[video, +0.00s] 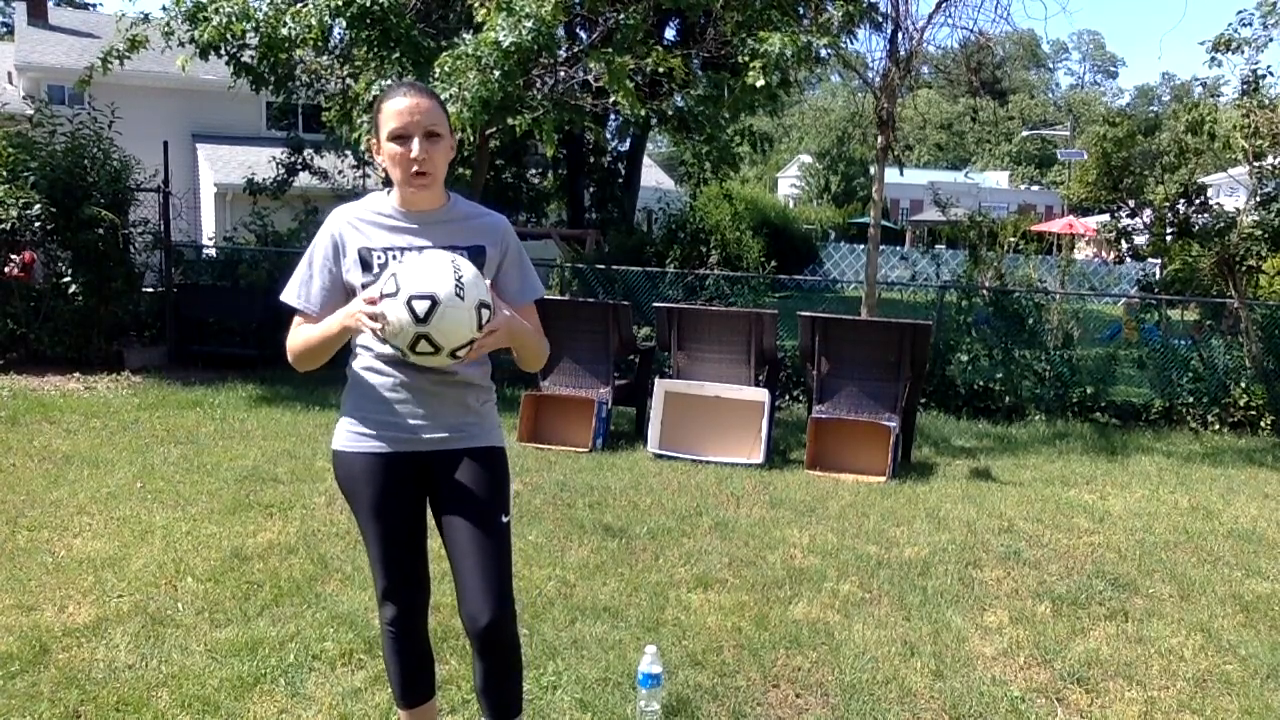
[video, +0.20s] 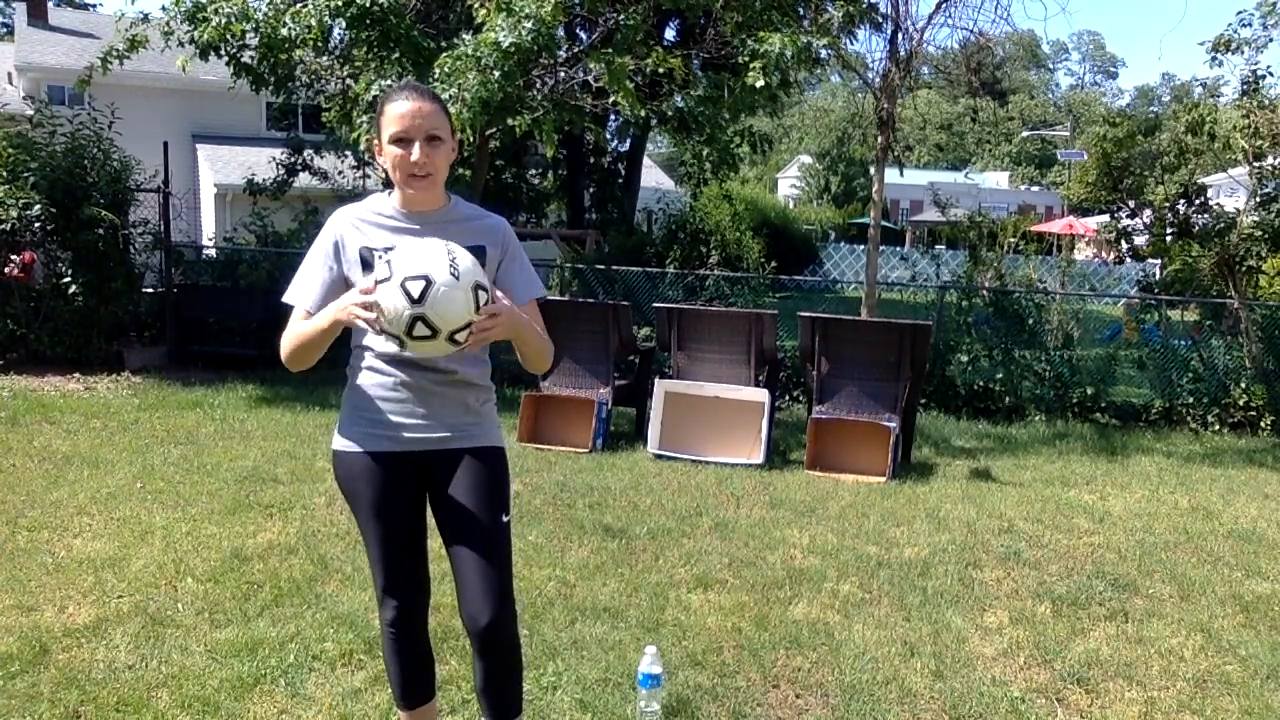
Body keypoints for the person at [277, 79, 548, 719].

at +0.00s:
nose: (417, 150)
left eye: (431, 136)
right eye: (401, 137)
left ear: (452, 146)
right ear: (377, 151)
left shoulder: (490, 230)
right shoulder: (346, 227)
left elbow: (538, 357)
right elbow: (299, 353)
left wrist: (515, 328)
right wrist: (346, 318)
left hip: (469, 437)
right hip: (375, 438)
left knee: (491, 619)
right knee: (400, 608)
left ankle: (503, 718)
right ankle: (420, 716)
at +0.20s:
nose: (419, 154)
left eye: (433, 139)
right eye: (402, 141)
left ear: (453, 148)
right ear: (379, 151)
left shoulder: (490, 232)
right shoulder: (348, 227)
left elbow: (542, 360)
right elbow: (292, 354)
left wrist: (517, 324)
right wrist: (336, 312)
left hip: (468, 438)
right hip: (374, 437)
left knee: (491, 619)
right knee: (400, 607)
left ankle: (504, 718)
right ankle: (420, 716)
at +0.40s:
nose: (418, 159)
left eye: (432, 144)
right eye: (402, 146)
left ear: (453, 149)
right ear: (379, 152)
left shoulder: (490, 232)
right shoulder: (348, 227)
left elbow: (540, 359)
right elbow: (290, 351)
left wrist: (519, 315)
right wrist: (327, 307)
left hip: (468, 438)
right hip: (374, 439)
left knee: (490, 618)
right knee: (400, 608)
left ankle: (502, 718)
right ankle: (419, 716)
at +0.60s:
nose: (418, 155)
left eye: (432, 141)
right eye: (402, 142)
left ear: (454, 149)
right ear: (381, 152)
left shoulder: (490, 233)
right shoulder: (348, 227)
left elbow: (539, 360)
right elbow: (290, 352)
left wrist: (514, 317)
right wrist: (325, 313)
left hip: (467, 439)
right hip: (374, 439)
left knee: (488, 619)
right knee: (400, 609)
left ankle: (502, 718)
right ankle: (419, 717)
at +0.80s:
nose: (421, 152)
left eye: (434, 138)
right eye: (405, 140)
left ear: (456, 147)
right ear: (383, 153)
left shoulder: (491, 233)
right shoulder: (350, 227)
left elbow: (536, 360)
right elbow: (289, 352)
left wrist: (505, 323)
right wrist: (321, 311)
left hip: (467, 439)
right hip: (374, 439)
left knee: (489, 620)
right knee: (400, 611)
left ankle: (502, 719)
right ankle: (420, 718)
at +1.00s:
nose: (420, 143)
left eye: (434, 130)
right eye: (403, 132)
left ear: (457, 145)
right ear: (382, 152)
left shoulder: (493, 233)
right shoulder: (350, 226)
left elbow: (534, 363)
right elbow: (288, 352)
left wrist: (497, 332)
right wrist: (320, 308)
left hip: (467, 440)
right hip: (374, 440)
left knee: (489, 621)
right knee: (399, 610)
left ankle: (502, 719)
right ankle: (418, 716)